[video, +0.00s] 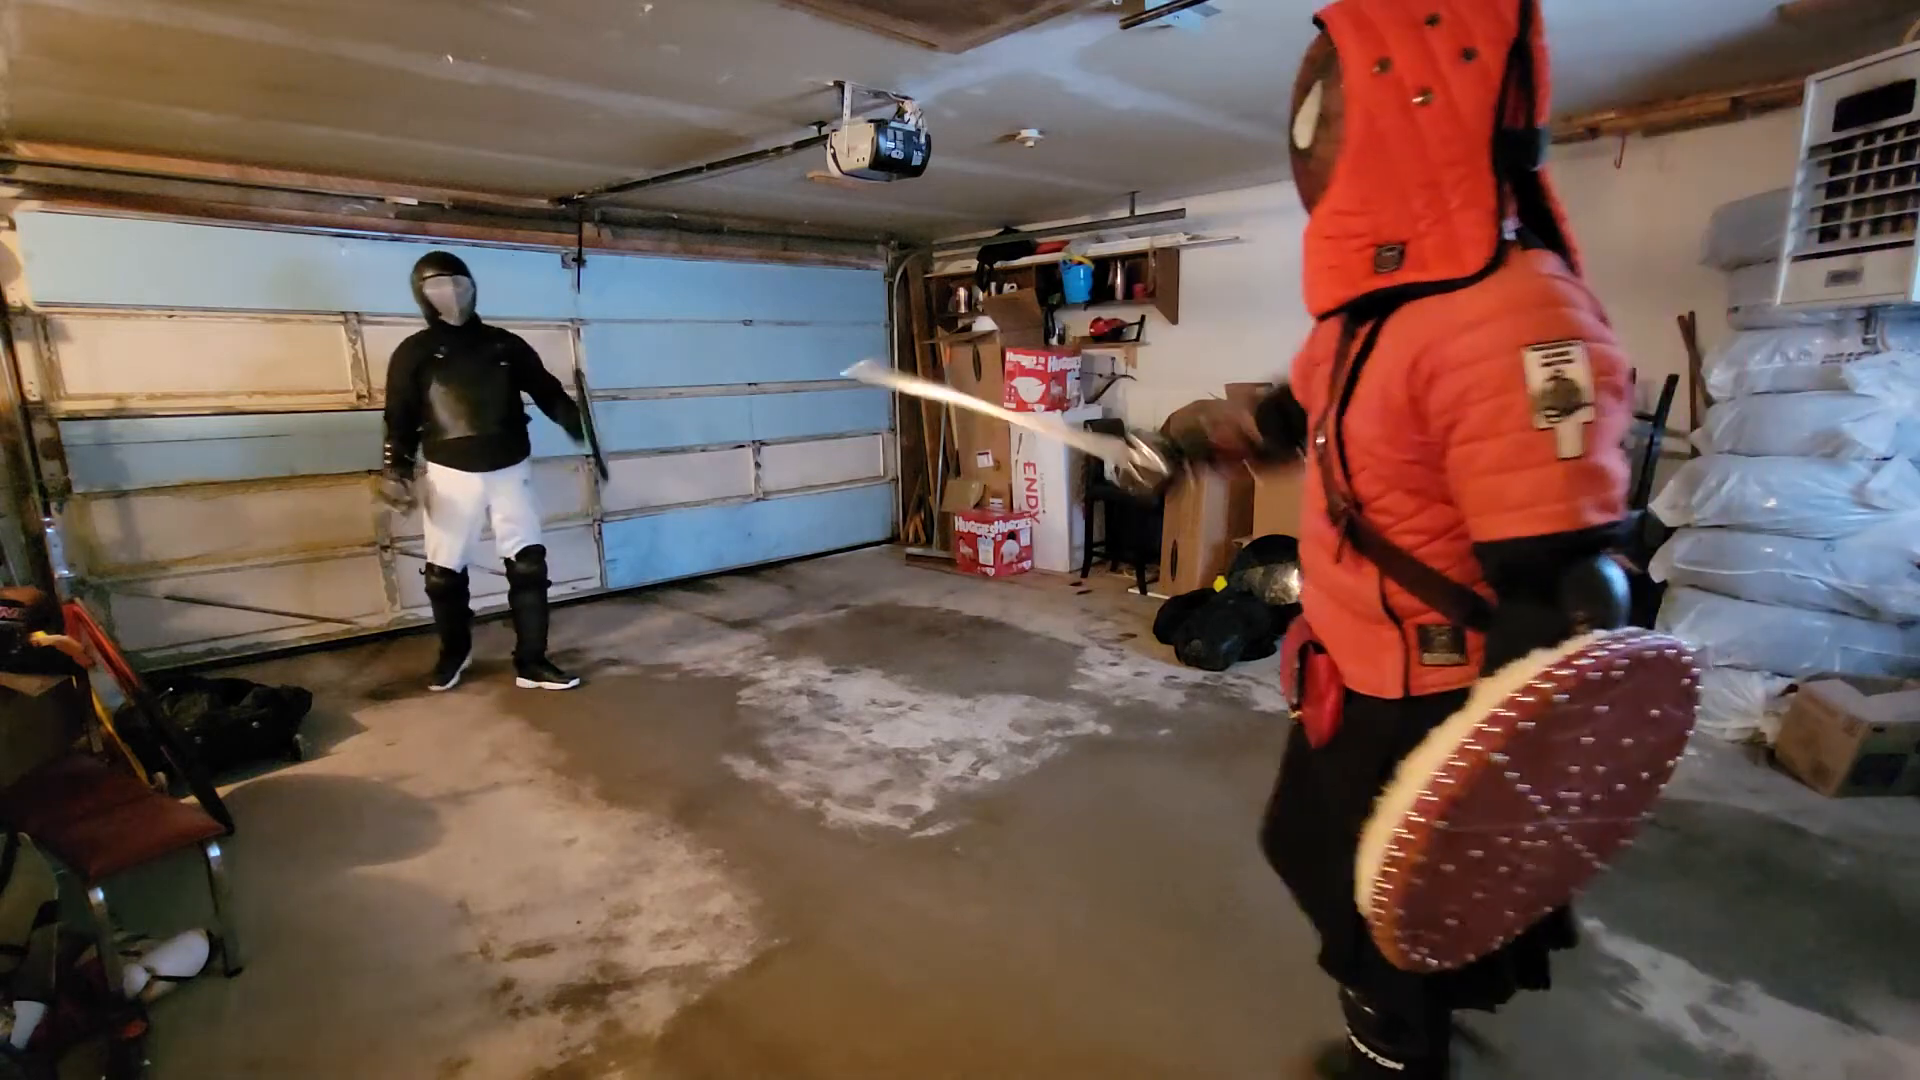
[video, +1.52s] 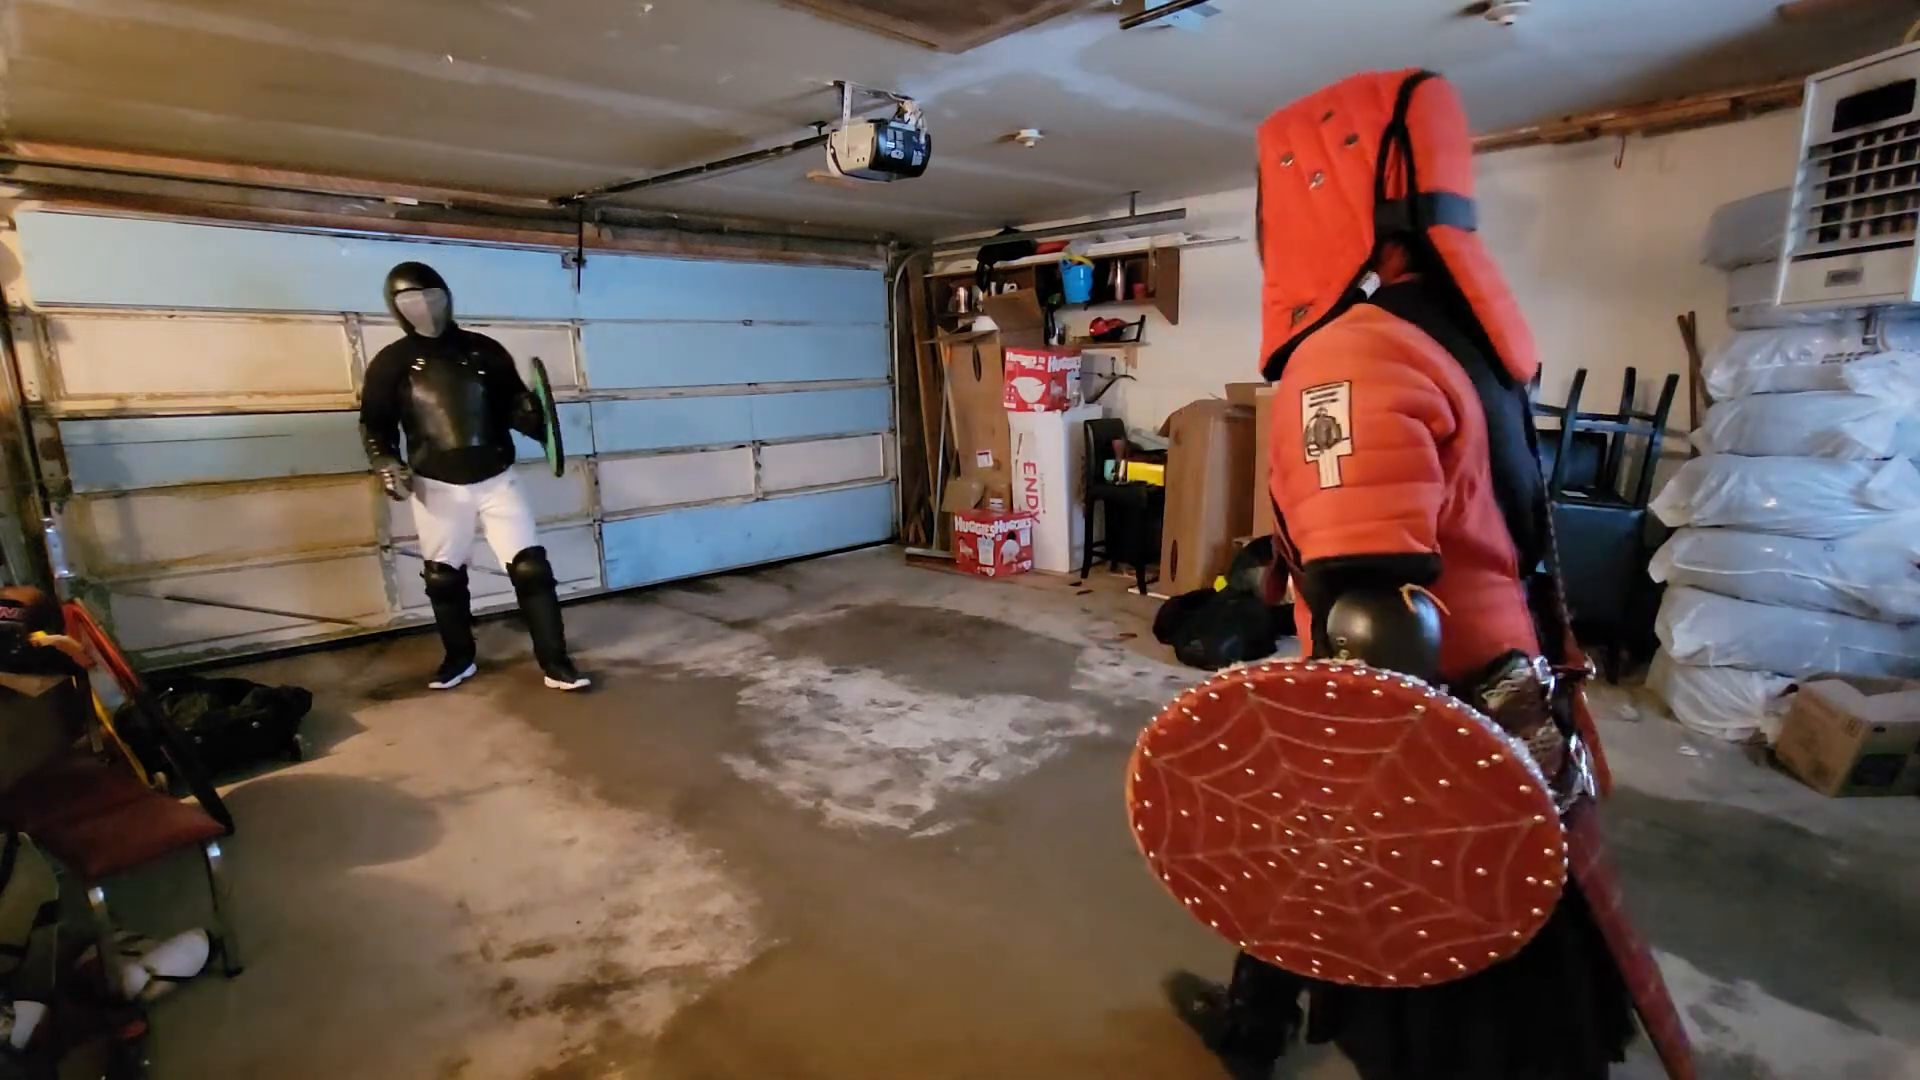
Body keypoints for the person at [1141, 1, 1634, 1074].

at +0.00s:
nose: (1304, 149)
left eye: (1327, 110)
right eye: (1306, 113)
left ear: (1426, 111)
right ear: (1400, 115)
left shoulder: (1516, 318)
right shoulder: (1379, 285)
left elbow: (1565, 606)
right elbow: (1346, 407)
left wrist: (1495, 808)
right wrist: (1248, 424)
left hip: (1435, 702)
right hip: (1349, 671)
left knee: (1384, 898)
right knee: (1304, 841)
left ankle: (1393, 1050)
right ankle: (1392, 993)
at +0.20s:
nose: (1265, 155)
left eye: (1282, 118)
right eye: (1267, 120)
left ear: (1367, 117)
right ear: (1365, 122)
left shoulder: (1441, 308)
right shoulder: (1370, 292)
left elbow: (1486, 589)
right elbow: (1349, 501)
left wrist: (1439, 801)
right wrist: (1260, 566)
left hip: (1387, 717)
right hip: (1313, 686)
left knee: (1373, 949)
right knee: (1272, 844)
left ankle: (1379, 1067)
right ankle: (1263, 1020)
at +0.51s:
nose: (1217, 186)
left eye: (1234, 155)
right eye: (1224, 158)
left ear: (1293, 154)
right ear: (1325, 153)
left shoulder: (1347, 302)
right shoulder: (1307, 302)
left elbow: (1361, 543)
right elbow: (1295, 518)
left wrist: (1344, 724)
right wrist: (1217, 613)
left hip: (1333, 690)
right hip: (1274, 668)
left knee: (1339, 895)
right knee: (1247, 843)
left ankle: (1366, 1059)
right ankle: (1232, 1015)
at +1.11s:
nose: (1186, 232)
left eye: (1197, 207)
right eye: (1192, 208)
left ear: (1239, 206)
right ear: (1306, 202)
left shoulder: (1262, 330)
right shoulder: (1321, 319)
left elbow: (1273, 554)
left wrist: (1256, 736)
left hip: (1352, 705)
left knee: (1341, 956)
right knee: (1250, 841)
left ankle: (1436, 1064)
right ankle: (1234, 1017)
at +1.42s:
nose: (1253, 234)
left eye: (1264, 206)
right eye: (1258, 208)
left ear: (1316, 208)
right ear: (1387, 207)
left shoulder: (1347, 361)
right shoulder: (1416, 344)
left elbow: (1371, 632)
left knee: (1418, 1030)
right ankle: (1240, 1011)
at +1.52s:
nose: (1266, 226)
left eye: (1279, 197)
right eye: (1273, 198)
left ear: (1325, 199)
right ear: (1417, 197)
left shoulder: (1358, 357)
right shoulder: (1432, 341)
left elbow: (1376, 633)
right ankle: (1254, 1013)